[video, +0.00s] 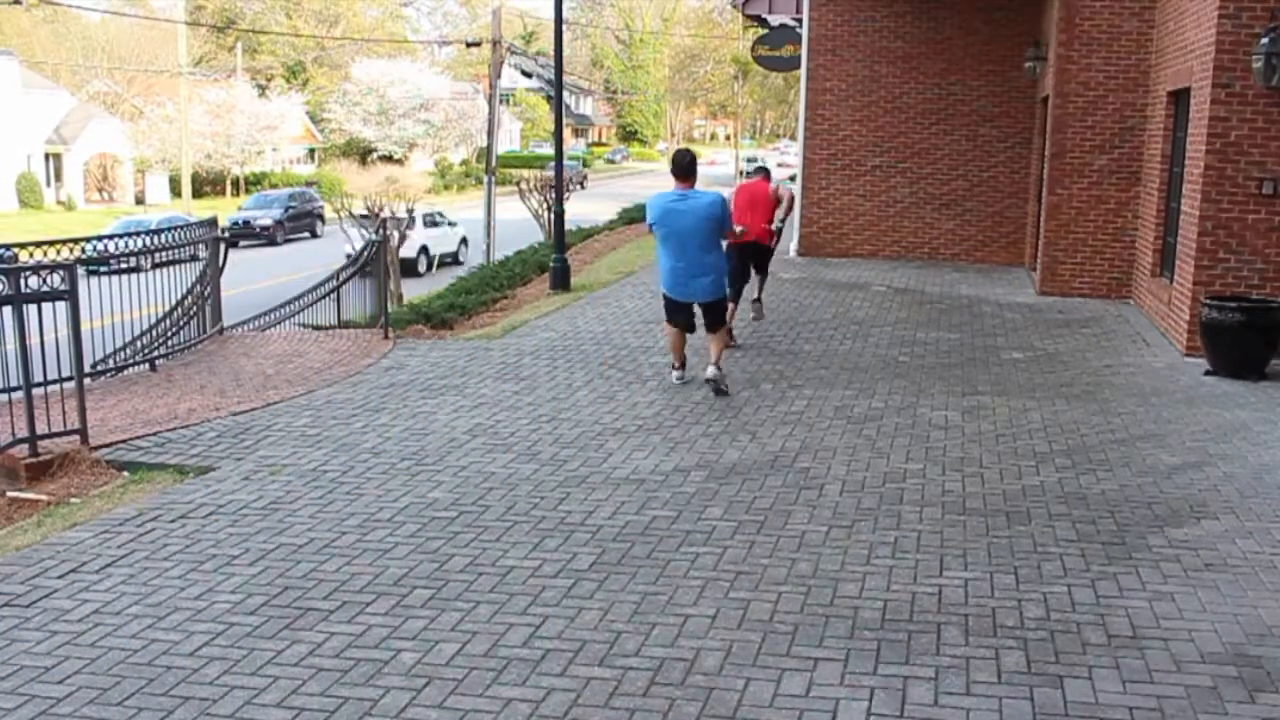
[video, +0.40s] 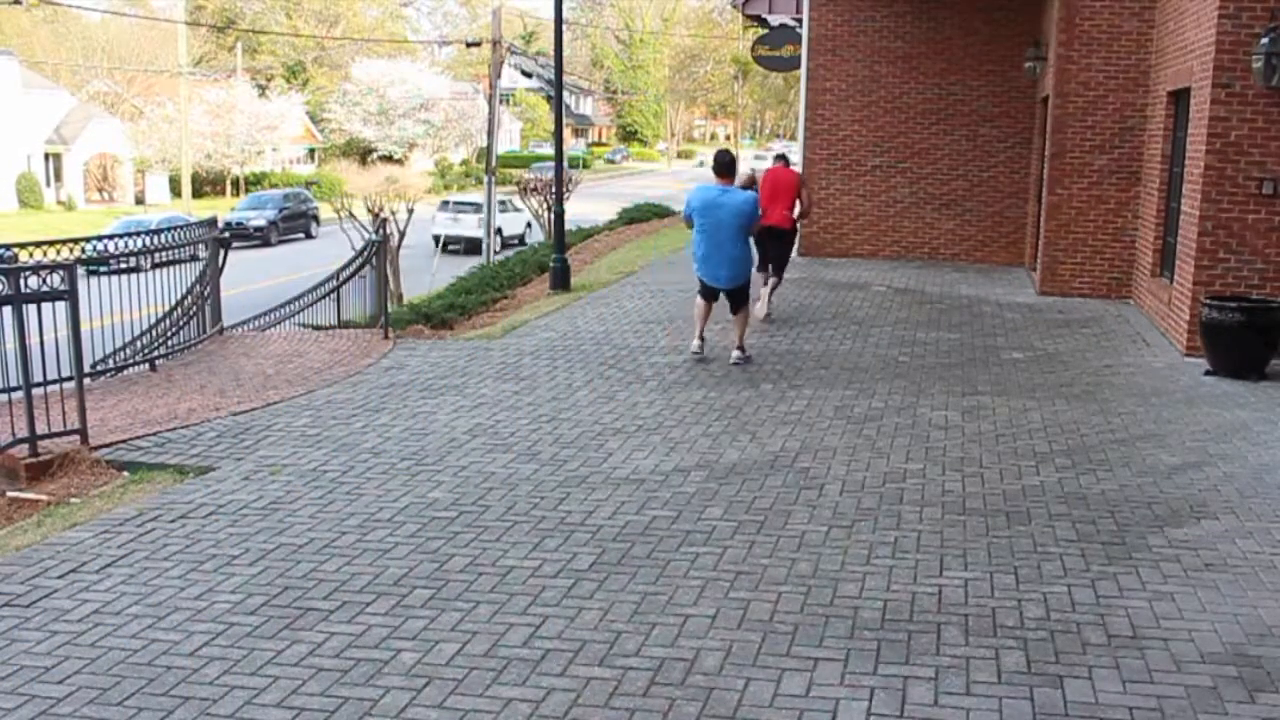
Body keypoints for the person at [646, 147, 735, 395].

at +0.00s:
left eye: (677, 170)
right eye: (692, 169)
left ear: (672, 173)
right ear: (696, 171)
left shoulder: (656, 204)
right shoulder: (715, 201)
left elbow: (653, 229)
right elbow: (726, 232)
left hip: (675, 282)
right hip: (710, 281)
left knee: (675, 324)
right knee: (716, 327)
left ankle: (678, 367)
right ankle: (714, 366)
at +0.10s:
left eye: (680, 171)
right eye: (696, 170)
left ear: (677, 173)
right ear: (701, 172)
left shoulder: (662, 203)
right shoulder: (719, 201)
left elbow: (664, 229)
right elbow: (731, 233)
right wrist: (745, 231)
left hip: (683, 280)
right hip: (716, 277)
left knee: (683, 322)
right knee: (725, 312)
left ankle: (682, 363)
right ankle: (722, 352)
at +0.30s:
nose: (720, 170)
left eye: (709, 167)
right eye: (723, 166)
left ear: (704, 169)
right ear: (726, 168)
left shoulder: (688, 193)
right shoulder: (739, 198)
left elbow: (676, 215)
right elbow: (745, 230)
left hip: (697, 268)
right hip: (728, 271)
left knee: (696, 300)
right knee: (733, 311)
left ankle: (686, 334)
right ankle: (737, 349)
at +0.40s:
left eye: (718, 168)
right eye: (732, 168)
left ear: (713, 171)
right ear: (735, 170)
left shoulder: (698, 194)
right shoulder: (748, 199)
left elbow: (688, 221)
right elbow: (753, 227)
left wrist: (710, 220)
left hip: (707, 267)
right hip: (736, 269)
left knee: (705, 296)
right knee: (740, 306)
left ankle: (698, 338)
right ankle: (738, 347)